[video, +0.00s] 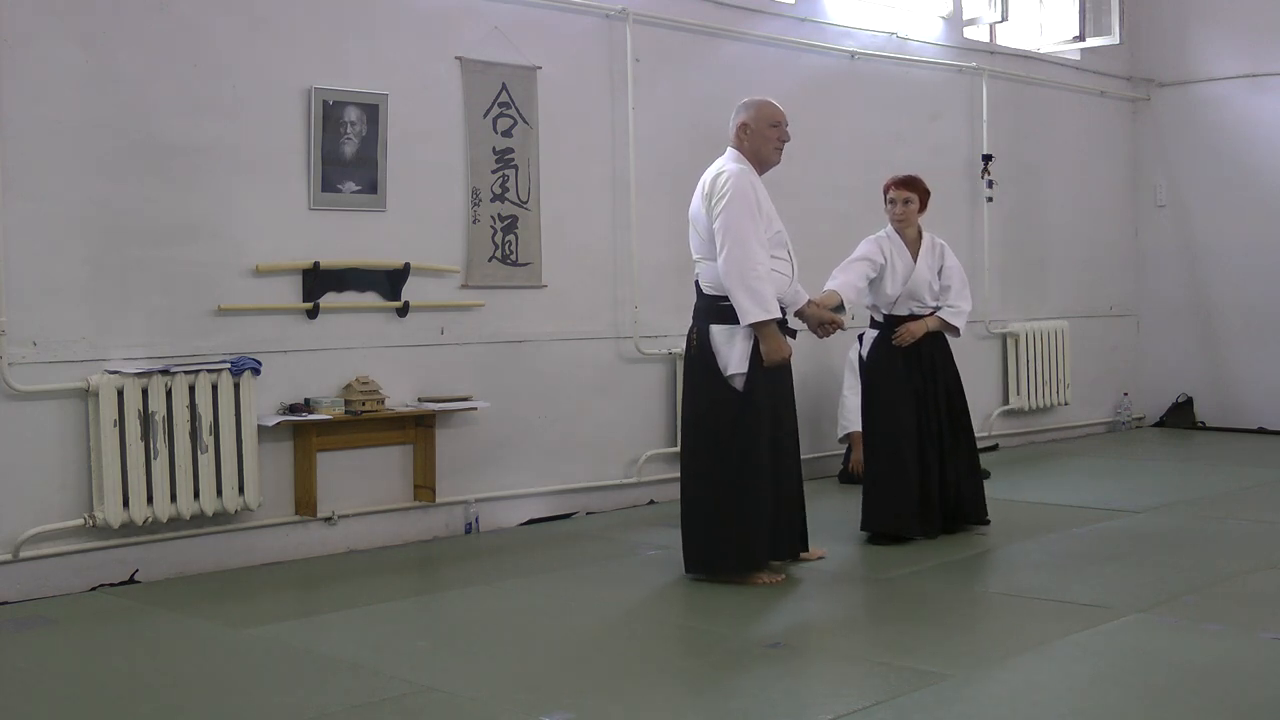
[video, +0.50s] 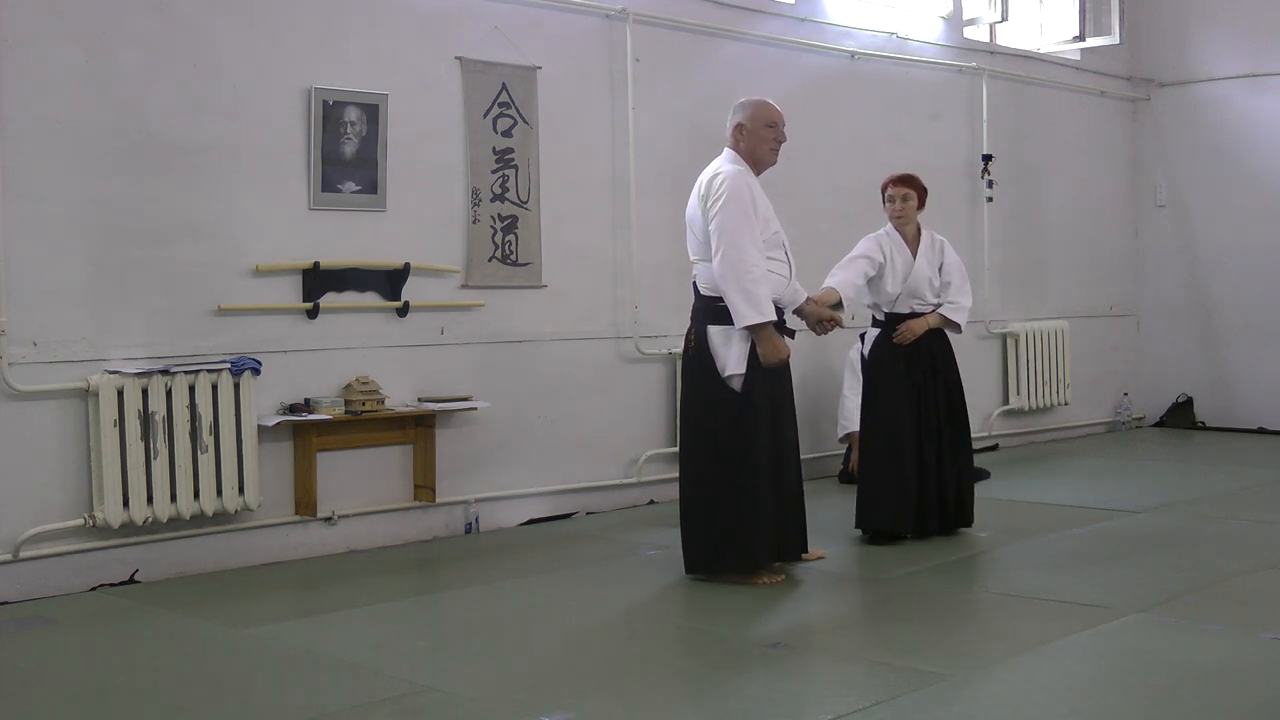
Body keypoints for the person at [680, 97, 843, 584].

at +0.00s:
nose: (786, 135)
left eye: (786, 128)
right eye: (777, 127)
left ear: (748, 132)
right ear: (744, 131)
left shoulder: (747, 180)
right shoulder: (733, 180)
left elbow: (768, 261)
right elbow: (740, 261)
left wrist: (805, 306)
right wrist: (767, 330)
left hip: (757, 324)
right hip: (732, 327)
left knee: (772, 438)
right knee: (733, 446)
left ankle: (781, 539)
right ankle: (731, 559)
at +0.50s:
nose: (782, 137)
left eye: (783, 129)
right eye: (772, 128)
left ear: (746, 134)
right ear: (740, 132)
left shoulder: (743, 181)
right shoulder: (730, 182)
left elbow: (764, 263)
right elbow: (736, 262)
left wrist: (804, 305)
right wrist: (764, 330)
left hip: (755, 327)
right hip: (730, 331)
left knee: (770, 440)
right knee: (734, 447)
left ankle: (778, 542)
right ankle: (731, 559)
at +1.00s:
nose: (780, 137)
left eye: (778, 129)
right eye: (771, 129)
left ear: (739, 133)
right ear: (740, 133)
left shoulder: (735, 181)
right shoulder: (725, 183)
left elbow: (757, 263)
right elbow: (732, 264)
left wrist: (797, 302)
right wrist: (761, 331)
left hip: (748, 327)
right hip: (725, 331)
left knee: (769, 440)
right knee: (733, 448)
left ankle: (780, 541)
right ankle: (735, 560)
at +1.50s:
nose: (776, 138)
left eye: (773, 129)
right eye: (768, 129)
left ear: (736, 133)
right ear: (738, 134)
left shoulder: (727, 180)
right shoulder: (721, 183)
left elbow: (750, 263)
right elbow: (732, 268)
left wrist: (793, 301)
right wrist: (782, 311)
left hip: (747, 326)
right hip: (725, 330)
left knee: (766, 438)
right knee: (733, 447)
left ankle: (776, 541)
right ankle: (734, 561)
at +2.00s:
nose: (778, 136)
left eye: (776, 128)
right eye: (770, 129)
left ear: (736, 136)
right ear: (739, 135)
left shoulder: (717, 179)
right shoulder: (729, 185)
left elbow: (743, 266)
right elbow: (753, 257)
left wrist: (790, 308)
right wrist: (802, 249)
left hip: (737, 322)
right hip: (734, 328)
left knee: (763, 438)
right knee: (738, 444)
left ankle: (772, 544)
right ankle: (736, 560)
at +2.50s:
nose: (782, 138)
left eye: (779, 129)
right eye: (773, 130)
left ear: (739, 137)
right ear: (742, 136)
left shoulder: (722, 178)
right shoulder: (729, 183)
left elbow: (747, 264)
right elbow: (753, 258)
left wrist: (790, 309)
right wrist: (812, 236)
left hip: (744, 323)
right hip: (731, 327)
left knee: (762, 439)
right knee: (734, 444)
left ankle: (774, 542)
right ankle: (730, 559)